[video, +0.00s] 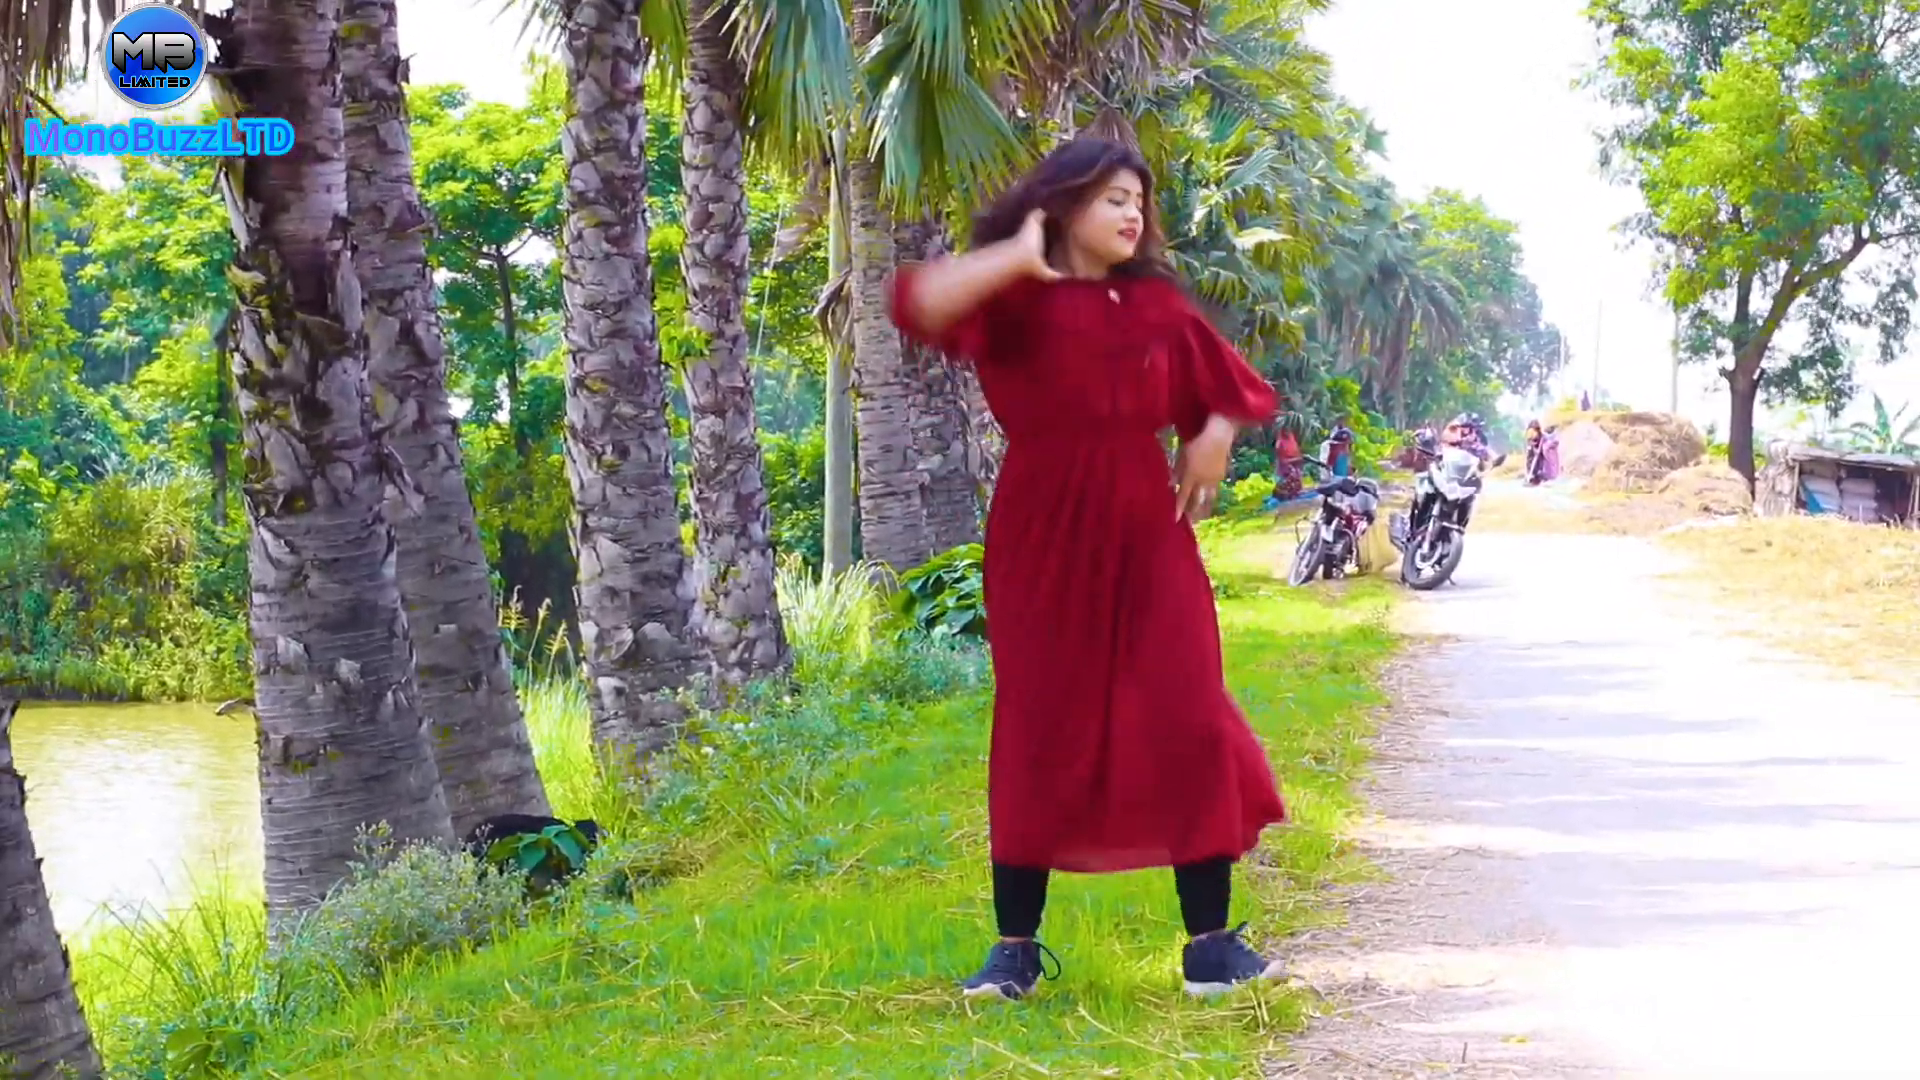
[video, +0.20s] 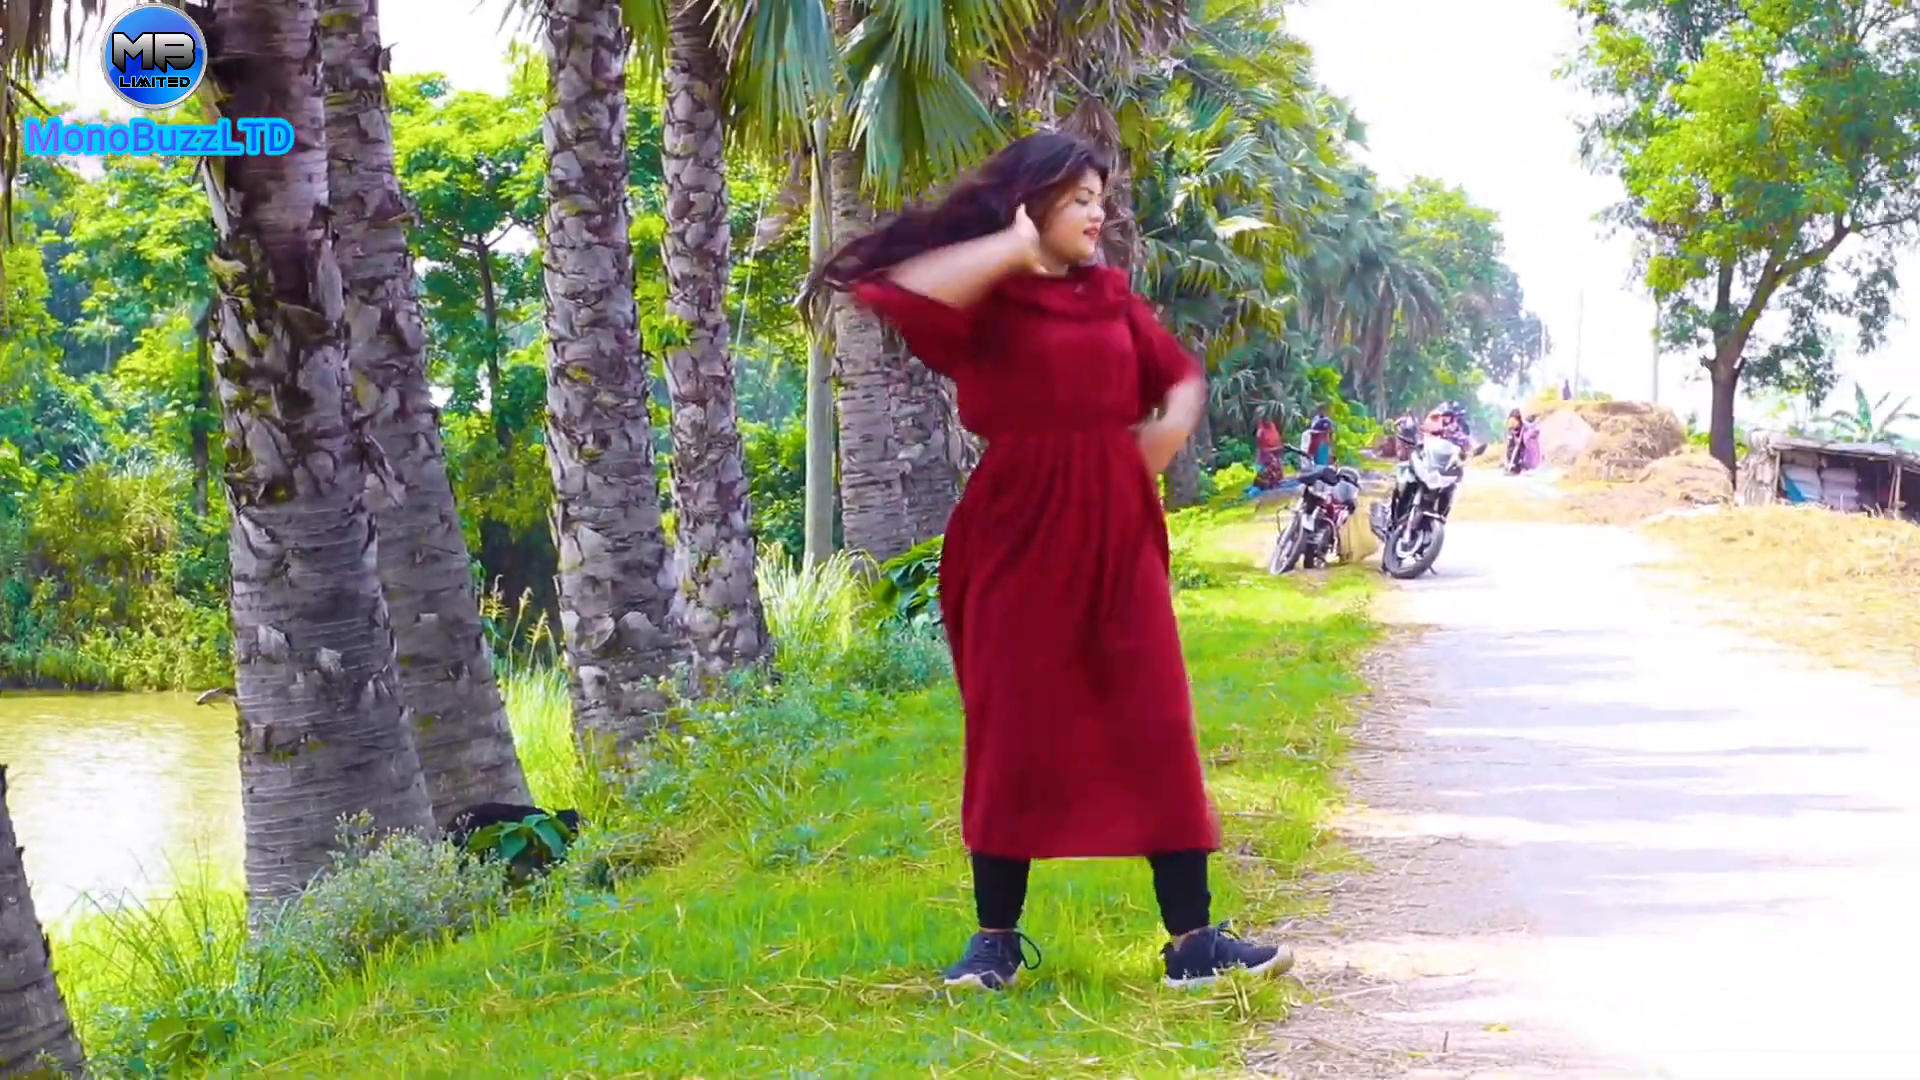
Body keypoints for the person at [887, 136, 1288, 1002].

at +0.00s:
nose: (1133, 215)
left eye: (1139, 203)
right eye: (1116, 198)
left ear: (1142, 220)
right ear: (1060, 206)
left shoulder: (1162, 304)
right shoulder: (1008, 295)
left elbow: (1240, 387)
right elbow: (914, 301)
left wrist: (1216, 432)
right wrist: (1016, 255)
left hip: (1149, 533)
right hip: (1039, 532)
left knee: (1197, 721)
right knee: (1029, 729)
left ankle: (1210, 941)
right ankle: (1015, 949)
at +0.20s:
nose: (1096, 218)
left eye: (1100, 203)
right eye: (1080, 202)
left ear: (1097, 216)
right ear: (1029, 208)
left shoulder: (1112, 295)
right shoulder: (980, 292)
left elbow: (1185, 374)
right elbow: (884, 294)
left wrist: (1173, 423)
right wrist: (1010, 246)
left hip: (1118, 517)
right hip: (1014, 520)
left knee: (1161, 720)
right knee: (1008, 724)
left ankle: (1191, 938)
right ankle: (995, 941)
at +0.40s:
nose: (1140, 224)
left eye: (1144, 210)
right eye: (1122, 208)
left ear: (1145, 220)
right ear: (1061, 215)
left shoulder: (1163, 305)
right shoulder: (1012, 302)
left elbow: (1240, 393)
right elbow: (946, 299)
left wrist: (1197, 461)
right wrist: (1036, 237)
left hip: (1159, 534)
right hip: (1046, 535)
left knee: (1213, 736)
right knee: (1023, 740)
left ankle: (1247, 953)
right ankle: (1018, 964)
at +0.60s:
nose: (1159, 262)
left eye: (1166, 251)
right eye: (1139, 250)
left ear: (1175, 268)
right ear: (1092, 266)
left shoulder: (1191, 348)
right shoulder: (1045, 354)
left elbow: (1300, 425)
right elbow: (919, 373)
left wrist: (1244, 479)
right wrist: (1006, 324)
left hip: (1183, 580)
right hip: (1077, 582)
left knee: (1201, 758)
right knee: (1032, 750)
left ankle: (1234, 944)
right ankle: (1016, 939)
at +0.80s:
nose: (1143, 217)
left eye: (1162, 202)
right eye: (1141, 204)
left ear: (1214, 215)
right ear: (1141, 226)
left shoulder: (1264, 298)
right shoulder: (1125, 329)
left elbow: (1306, 352)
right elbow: (1075, 441)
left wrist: (1213, 318)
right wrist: (1057, 514)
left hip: (1232, 560)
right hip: (1128, 553)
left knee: (1234, 753)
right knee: (1041, 737)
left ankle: (1256, 971)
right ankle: (1033, 948)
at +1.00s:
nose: (1141, 213)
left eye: (1159, 199)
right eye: (1144, 199)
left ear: (1210, 210)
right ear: (1164, 215)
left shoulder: (1249, 296)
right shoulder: (1144, 305)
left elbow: (1333, 276)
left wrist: (1232, 228)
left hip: (1225, 539)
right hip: (1134, 537)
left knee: (1231, 734)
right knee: (1100, 726)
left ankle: (1249, 957)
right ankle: (1055, 937)